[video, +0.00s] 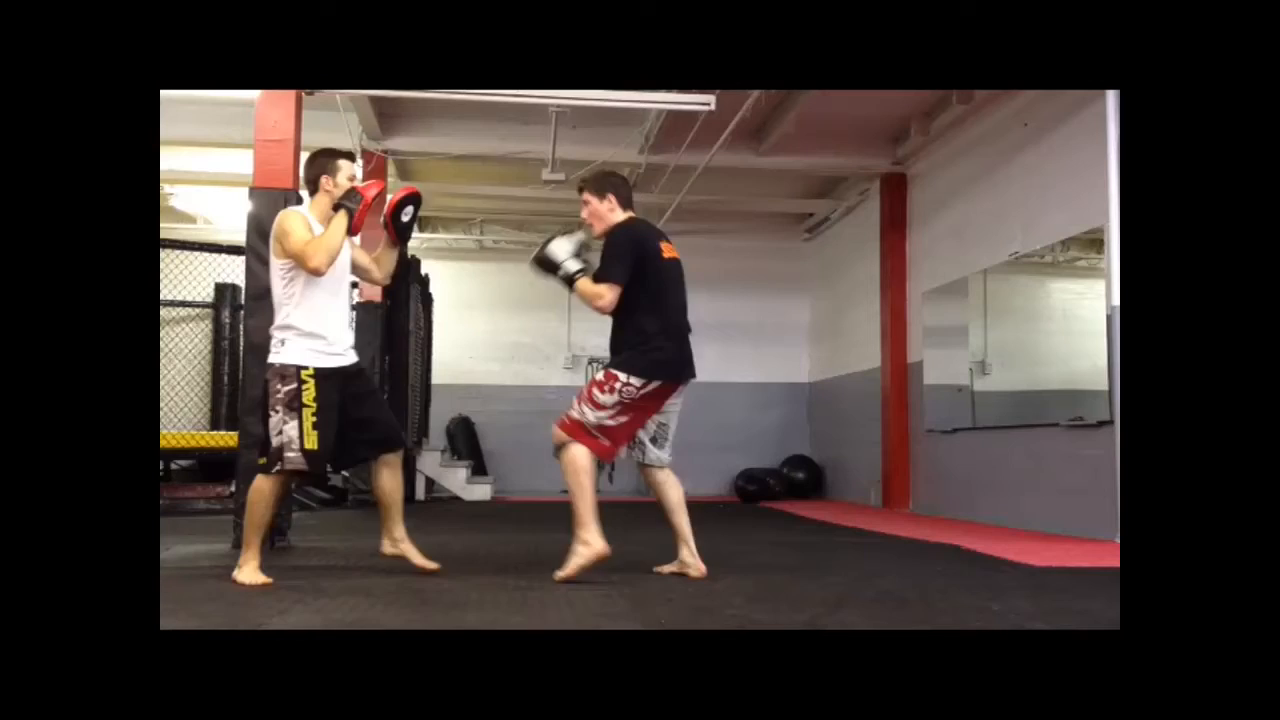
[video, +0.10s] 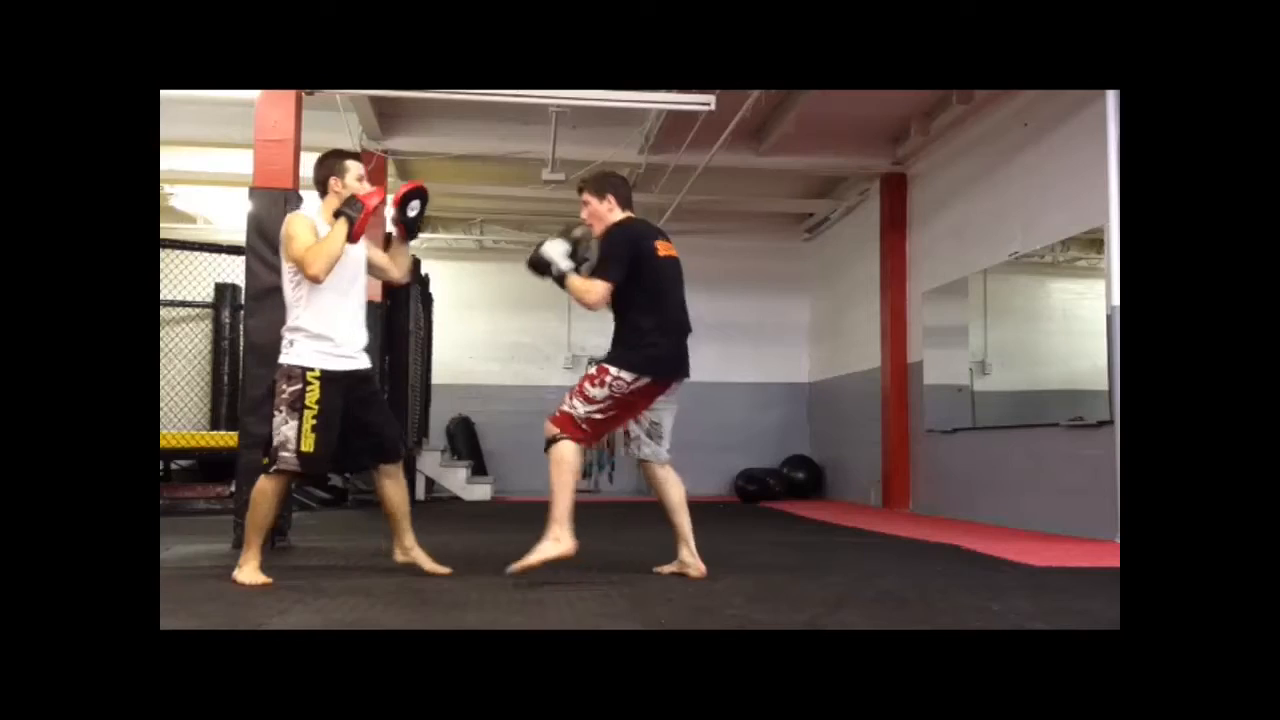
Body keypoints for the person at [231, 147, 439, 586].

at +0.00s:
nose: (357, 187)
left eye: (357, 180)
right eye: (350, 179)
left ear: (333, 185)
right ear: (325, 182)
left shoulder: (338, 235)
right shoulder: (290, 220)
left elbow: (380, 273)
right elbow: (317, 261)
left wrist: (400, 231)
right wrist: (346, 212)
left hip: (343, 363)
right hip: (297, 362)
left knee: (389, 446)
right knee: (281, 463)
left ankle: (395, 537)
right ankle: (248, 562)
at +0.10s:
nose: (368, 188)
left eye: (366, 180)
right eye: (360, 179)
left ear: (342, 186)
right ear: (334, 184)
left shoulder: (353, 240)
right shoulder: (298, 223)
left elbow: (397, 273)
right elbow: (316, 269)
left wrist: (401, 226)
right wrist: (351, 220)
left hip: (354, 366)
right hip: (306, 363)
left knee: (388, 455)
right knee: (283, 466)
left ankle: (405, 545)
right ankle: (249, 561)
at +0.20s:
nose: (381, 192)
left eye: (381, 185)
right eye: (373, 185)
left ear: (369, 193)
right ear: (347, 190)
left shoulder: (375, 240)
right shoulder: (314, 229)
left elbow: (424, 274)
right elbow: (320, 279)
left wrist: (431, 230)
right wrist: (355, 228)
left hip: (368, 368)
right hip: (321, 365)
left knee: (394, 463)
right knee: (295, 467)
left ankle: (403, 552)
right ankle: (250, 557)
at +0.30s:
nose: (399, 194)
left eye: (399, 187)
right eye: (391, 187)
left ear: (380, 193)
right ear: (364, 191)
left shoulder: (389, 243)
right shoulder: (335, 228)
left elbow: (439, 273)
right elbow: (334, 279)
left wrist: (434, 223)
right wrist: (375, 230)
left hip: (379, 366)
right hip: (337, 362)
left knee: (403, 460)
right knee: (318, 462)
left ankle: (404, 553)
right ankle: (255, 551)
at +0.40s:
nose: (411, 193)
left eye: (410, 186)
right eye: (403, 186)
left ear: (388, 193)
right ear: (378, 191)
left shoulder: (391, 240)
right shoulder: (353, 231)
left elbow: (421, 277)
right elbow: (370, 266)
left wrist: (448, 251)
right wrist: (400, 225)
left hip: (385, 364)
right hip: (350, 361)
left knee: (404, 459)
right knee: (336, 456)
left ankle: (404, 553)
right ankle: (261, 543)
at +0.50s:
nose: (421, 199)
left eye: (420, 192)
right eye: (413, 191)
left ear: (392, 197)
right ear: (388, 194)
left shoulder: (387, 233)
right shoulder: (379, 223)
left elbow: (390, 287)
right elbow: (424, 244)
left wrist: (428, 276)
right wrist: (447, 212)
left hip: (381, 363)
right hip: (358, 362)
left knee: (401, 460)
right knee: (336, 458)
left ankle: (403, 553)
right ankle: (262, 544)